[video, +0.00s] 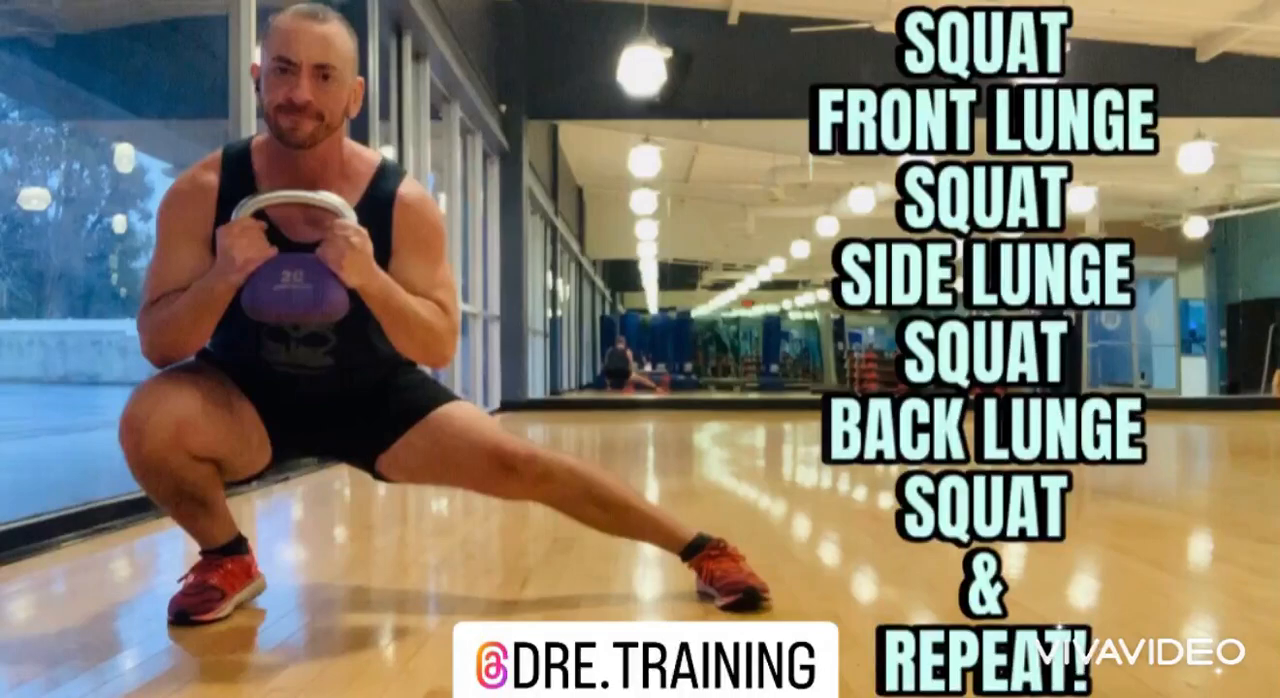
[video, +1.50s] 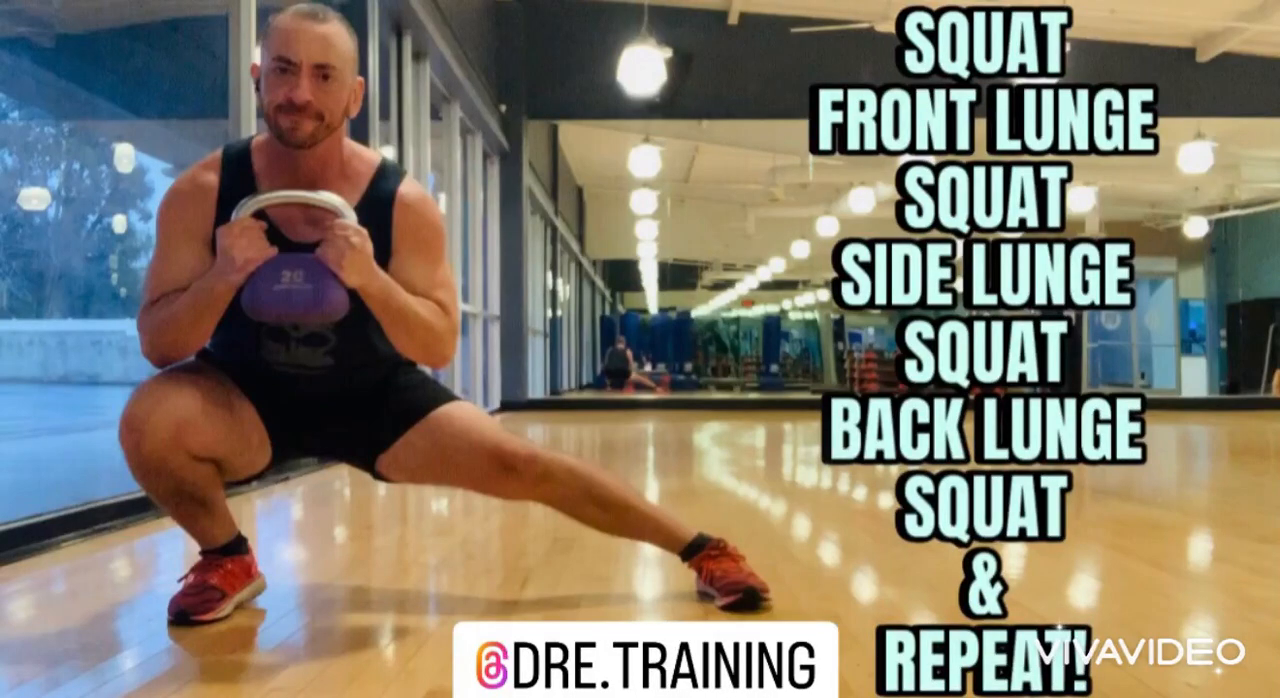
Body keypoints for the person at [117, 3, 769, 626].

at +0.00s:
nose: (298, 92)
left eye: (321, 75)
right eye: (281, 70)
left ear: (354, 92)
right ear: (257, 78)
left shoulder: (405, 205)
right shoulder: (201, 193)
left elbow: (437, 345)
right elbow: (161, 343)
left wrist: (368, 277)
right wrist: (221, 277)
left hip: (377, 397)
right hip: (253, 396)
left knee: (517, 463)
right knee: (148, 422)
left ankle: (696, 547)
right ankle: (225, 555)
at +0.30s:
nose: (298, 92)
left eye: (321, 75)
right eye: (281, 70)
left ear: (354, 92)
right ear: (257, 78)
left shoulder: (405, 205)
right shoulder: (201, 193)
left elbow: (437, 345)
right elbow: (161, 343)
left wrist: (368, 277)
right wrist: (221, 277)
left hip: (377, 397)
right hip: (253, 396)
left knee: (517, 463)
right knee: (148, 422)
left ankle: (696, 547)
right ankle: (225, 555)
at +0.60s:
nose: (298, 92)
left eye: (321, 75)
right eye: (281, 70)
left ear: (355, 91)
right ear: (257, 78)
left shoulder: (405, 205)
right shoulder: (201, 193)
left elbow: (437, 345)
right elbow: (161, 343)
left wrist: (367, 276)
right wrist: (222, 276)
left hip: (377, 398)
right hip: (253, 396)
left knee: (517, 463)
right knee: (148, 422)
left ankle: (696, 547)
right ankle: (225, 555)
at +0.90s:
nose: (298, 91)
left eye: (321, 75)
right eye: (281, 69)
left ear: (354, 91)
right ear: (257, 78)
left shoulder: (405, 205)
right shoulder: (201, 193)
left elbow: (437, 345)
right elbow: (161, 343)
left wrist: (367, 276)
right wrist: (222, 276)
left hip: (378, 398)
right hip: (253, 396)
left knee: (517, 464)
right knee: (148, 423)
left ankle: (696, 547)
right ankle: (225, 555)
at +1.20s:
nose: (297, 91)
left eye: (320, 75)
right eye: (281, 69)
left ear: (354, 92)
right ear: (256, 78)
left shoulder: (405, 205)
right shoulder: (200, 193)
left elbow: (437, 345)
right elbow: (161, 344)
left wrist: (368, 277)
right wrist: (222, 277)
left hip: (377, 398)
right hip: (253, 397)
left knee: (516, 463)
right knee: (148, 423)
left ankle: (696, 547)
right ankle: (225, 555)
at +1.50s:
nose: (298, 91)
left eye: (321, 74)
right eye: (282, 69)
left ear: (354, 91)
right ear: (257, 78)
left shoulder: (405, 205)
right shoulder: (201, 193)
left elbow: (437, 346)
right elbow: (161, 343)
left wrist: (367, 276)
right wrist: (222, 277)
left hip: (378, 398)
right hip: (253, 396)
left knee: (518, 464)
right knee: (148, 423)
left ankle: (696, 548)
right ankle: (225, 555)